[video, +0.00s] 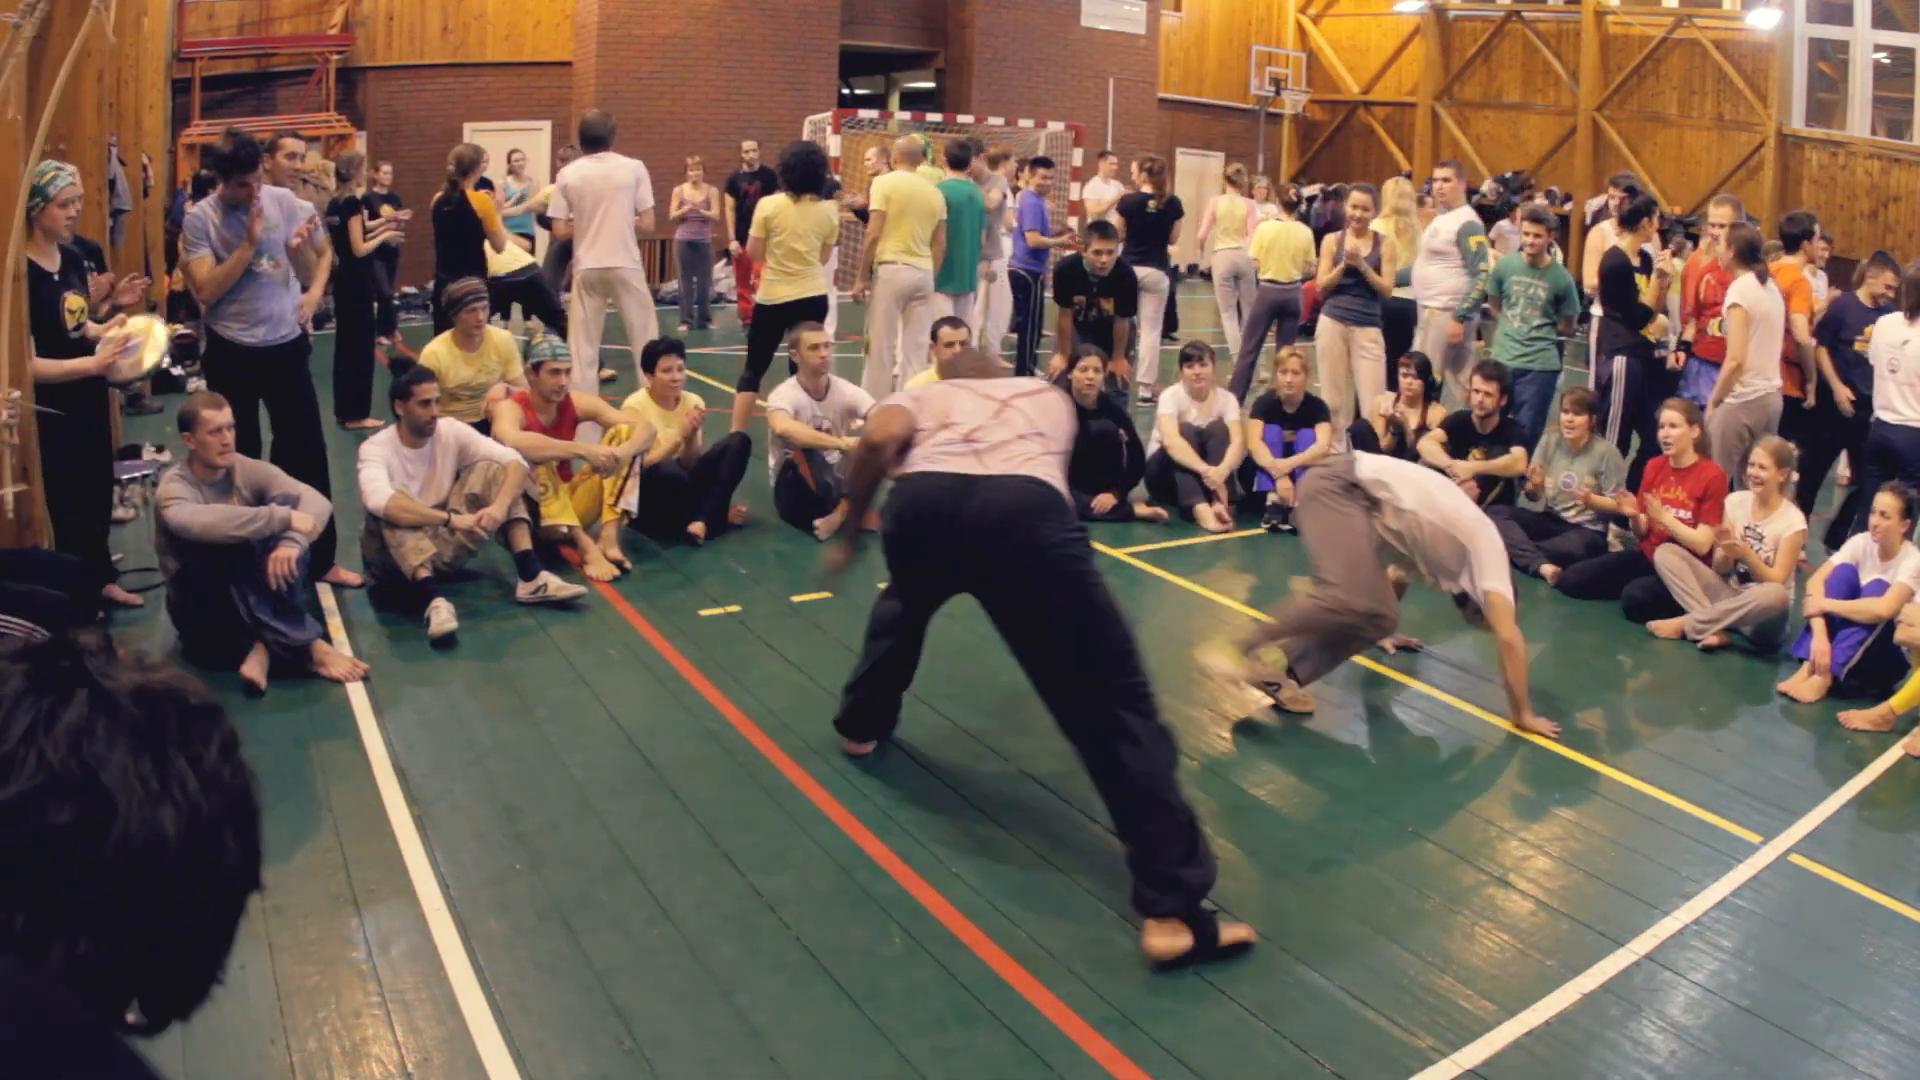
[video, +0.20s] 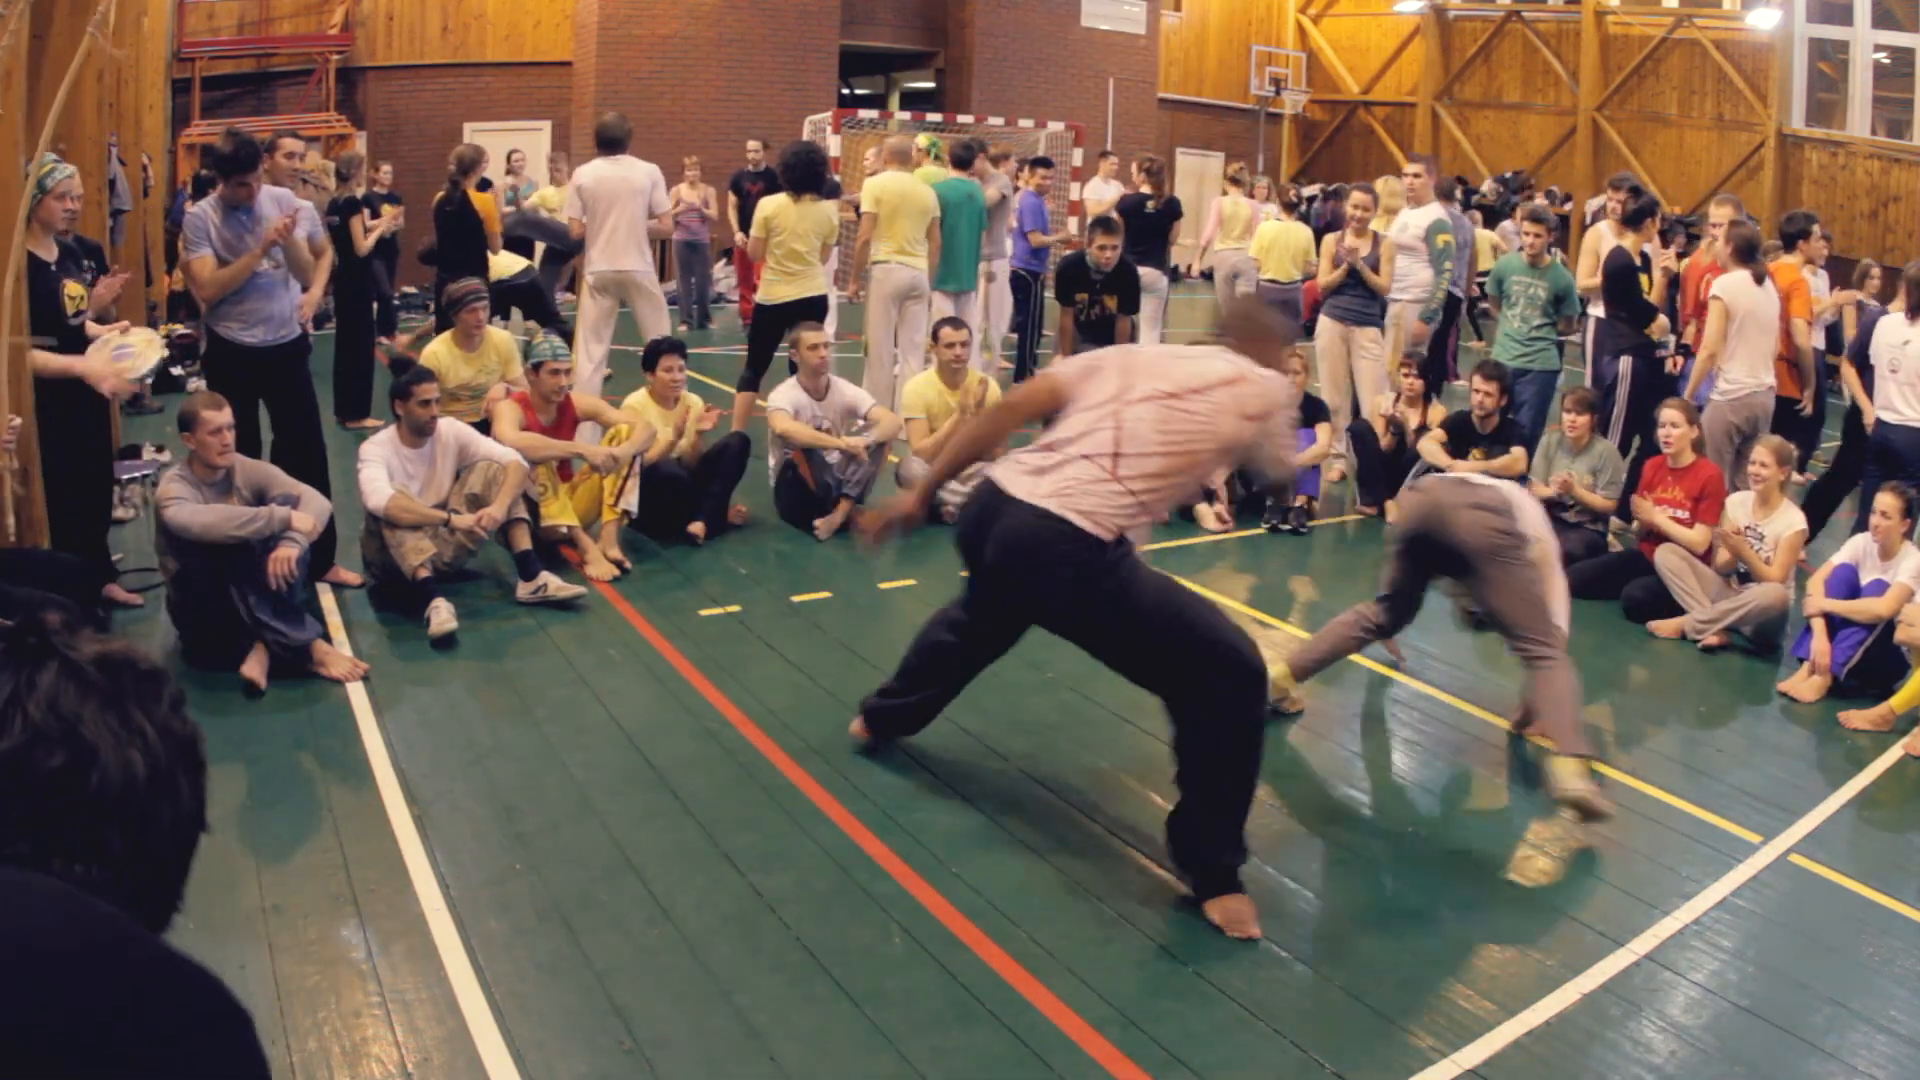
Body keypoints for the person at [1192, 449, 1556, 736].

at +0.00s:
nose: (1470, 623)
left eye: (1472, 619)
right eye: (1474, 620)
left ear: (1464, 594)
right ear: (1477, 592)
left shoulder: (1444, 548)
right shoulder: (1487, 546)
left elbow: (1395, 576)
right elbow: (1508, 639)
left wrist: (1385, 633)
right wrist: (1522, 716)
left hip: (1357, 504)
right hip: (1334, 483)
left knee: (1378, 613)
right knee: (1354, 599)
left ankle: (1281, 675)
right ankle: (1235, 648)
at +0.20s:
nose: (1468, 615)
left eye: (1468, 616)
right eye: (1476, 618)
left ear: (1462, 602)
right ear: (1494, 610)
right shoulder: (1543, 593)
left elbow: (1401, 546)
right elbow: (1547, 656)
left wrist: (1388, 627)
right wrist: (1528, 716)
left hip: (1420, 496)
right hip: (1490, 508)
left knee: (1385, 611)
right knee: (1546, 653)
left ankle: (1280, 674)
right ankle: (1568, 766)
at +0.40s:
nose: (1524, 623)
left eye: (1519, 614)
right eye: (1521, 616)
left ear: (1514, 590)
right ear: (1540, 593)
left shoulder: (1534, 536)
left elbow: (1453, 583)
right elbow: (1596, 664)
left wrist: (1447, 650)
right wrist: (1549, 722)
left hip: (1611, 551)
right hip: (1688, 570)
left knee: (1526, 668)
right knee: (1647, 707)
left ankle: (1477, 781)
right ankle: (1645, 826)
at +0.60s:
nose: (1594, 658)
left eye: (1588, 653)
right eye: (1596, 655)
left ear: (1589, 636)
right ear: (1617, 645)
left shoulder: (1607, 588)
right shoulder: (1680, 625)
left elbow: (1529, 637)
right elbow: (1683, 710)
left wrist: (1499, 691)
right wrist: (1609, 711)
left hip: (1781, 625)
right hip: (1803, 622)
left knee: (1788, 811)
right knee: (1687, 716)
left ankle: (1907, 893)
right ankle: (1661, 850)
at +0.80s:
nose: (1678, 673)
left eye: (1677, 670)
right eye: (1682, 675)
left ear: (1682, 655)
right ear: (1709, 678)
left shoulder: (1719, 612)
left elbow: (1624, 650)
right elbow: (1781, 734)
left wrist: (1553, 690)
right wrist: (1737, 776)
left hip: (1907, 711)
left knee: (1897, 876)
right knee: (1779, 727)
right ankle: (1698, 864)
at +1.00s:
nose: (1731, 684)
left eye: (1724, 675)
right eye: (1732, 690)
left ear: (1730, 656)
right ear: (1758, 696)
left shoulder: (1774, 624)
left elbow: (1676, 646)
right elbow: (1862, 783)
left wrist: (1605, 675)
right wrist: (1811, 841)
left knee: (1893, 891)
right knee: (1810, 756)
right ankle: (1711, 864)